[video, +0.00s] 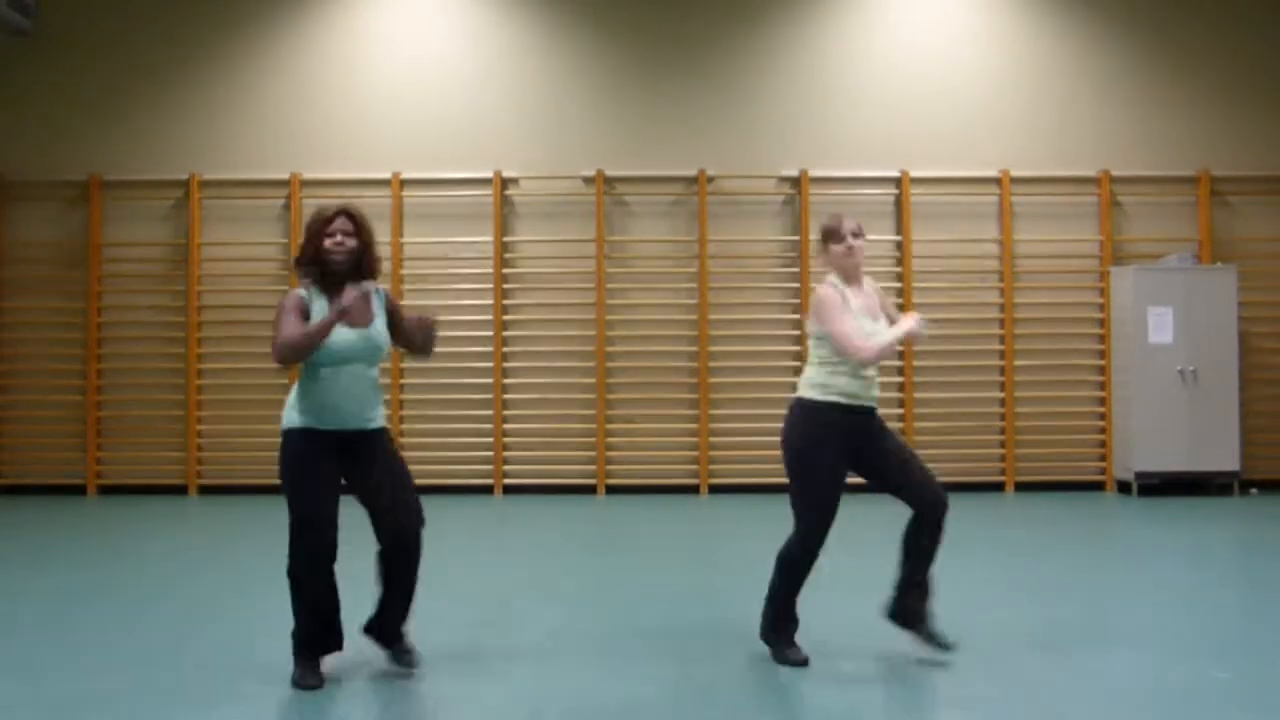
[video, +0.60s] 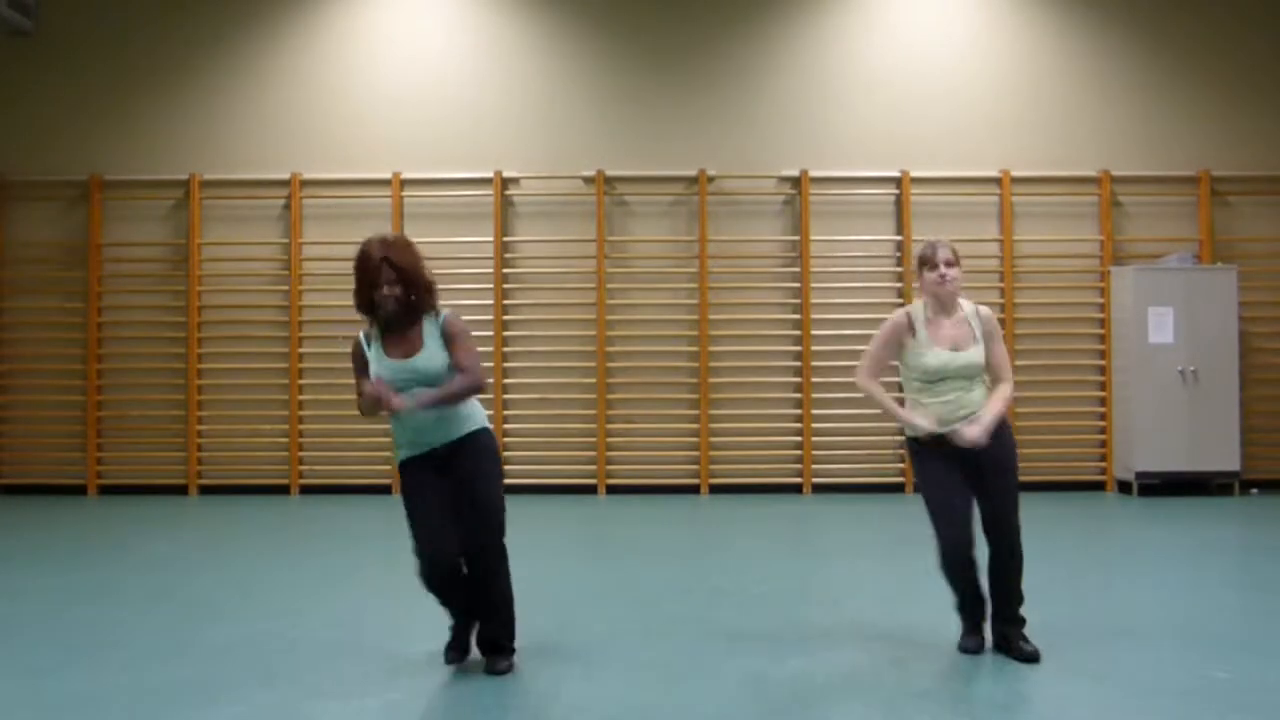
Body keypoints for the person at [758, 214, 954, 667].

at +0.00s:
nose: (850, 245)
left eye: (856, 237)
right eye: (839, 240)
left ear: (866, 243)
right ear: (825, 252)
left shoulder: (872, 291)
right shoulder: (826, 295)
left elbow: (885, 340)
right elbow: (861, 351)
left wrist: (901, 330)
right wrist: (904, 329)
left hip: (861, 422)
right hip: (816, 423)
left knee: (931, 502)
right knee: (810, 532)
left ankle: (909, 606)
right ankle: (776, 629)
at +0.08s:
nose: (867, 242)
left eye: (871, 233)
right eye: (856, 237)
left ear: (880, 238)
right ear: (842, 249)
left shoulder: (888, 281)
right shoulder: (850, 290)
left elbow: (922, 294)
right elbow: (905, 324)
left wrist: (944, 286)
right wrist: (944, 288)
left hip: (878, 421)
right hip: (833, 420)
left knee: (945, 503)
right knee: (813, 521)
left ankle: (966, 609)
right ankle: (774, 623)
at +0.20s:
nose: (889, 255)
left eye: (894, 245)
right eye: (878, 252)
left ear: (905, 248)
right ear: (864, 263)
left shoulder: (919, 280)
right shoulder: (875, 303)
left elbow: (955, 264)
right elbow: (946, 298)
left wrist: (995, 236)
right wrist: (1000, 253)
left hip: (918, 427)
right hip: (871, 425)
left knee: (962, 528)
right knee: (828, 522)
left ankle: (1010, 631)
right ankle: (777, 622)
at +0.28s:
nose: (904, 264)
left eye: (910, 255)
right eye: (892, 259)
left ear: (920, 259)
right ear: (880, 272)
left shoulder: (941, 288)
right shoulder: (891, 319)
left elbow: (985, 265)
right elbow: (953, 312)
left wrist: (1020, 228)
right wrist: (1014, 266)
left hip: (949, 432)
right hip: (899, 433)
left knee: (978, 534)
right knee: (855, 532)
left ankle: (1004, 631)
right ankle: (785, 621)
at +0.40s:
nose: (924, 266)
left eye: (930, 258)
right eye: (914, 262)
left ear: (940, 263)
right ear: (900, 273)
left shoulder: (957, 294)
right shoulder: (900, 322)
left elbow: (1016, 300)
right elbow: (945, 364)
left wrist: (1067, 270)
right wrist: (1012, 339)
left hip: (970, 430)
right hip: (920, 436)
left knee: (997, 533)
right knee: (928, 540)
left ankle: (1005, 631)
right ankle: (859, 592)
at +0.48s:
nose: (934, 272)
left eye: (940, 264)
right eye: (923, 266)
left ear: (950, 269)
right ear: (908, 275)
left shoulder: (963, 307)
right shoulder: (903, 326)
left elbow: (1011, 348)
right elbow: (926, 392)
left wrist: (1066, 348)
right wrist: (989, 413)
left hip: (977, 429)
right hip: (927, 437)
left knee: (1004, 532)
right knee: (960, 541)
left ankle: (1007, 629)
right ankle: (940, 606)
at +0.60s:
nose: (943, 273)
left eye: (950, 265)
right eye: (933, 268)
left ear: (961, 272)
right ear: (919, 278)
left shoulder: (982, 318)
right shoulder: (902, 324)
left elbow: (1005, 382)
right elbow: (864, 377)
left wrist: (984, 424)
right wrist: (905, 416)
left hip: (987, 433)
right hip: (933, 442)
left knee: (1005, 537)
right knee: (955, 544)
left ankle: (1009, 629)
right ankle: (972, 622)